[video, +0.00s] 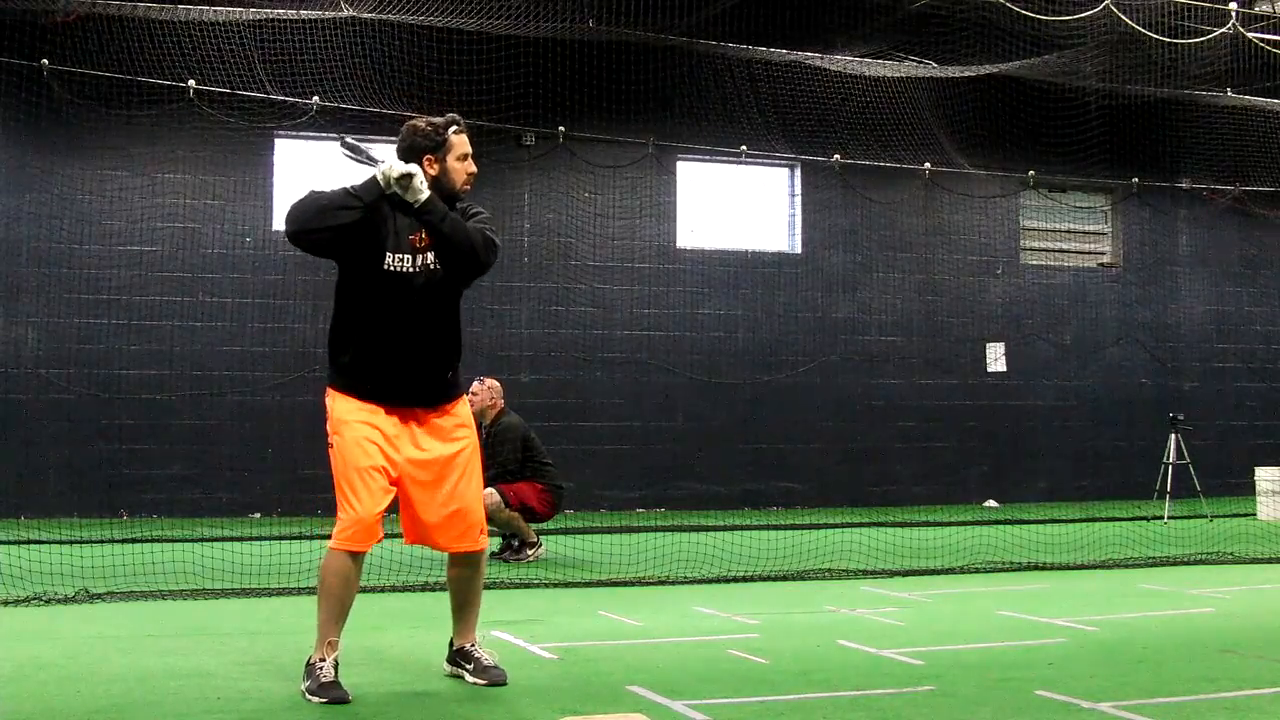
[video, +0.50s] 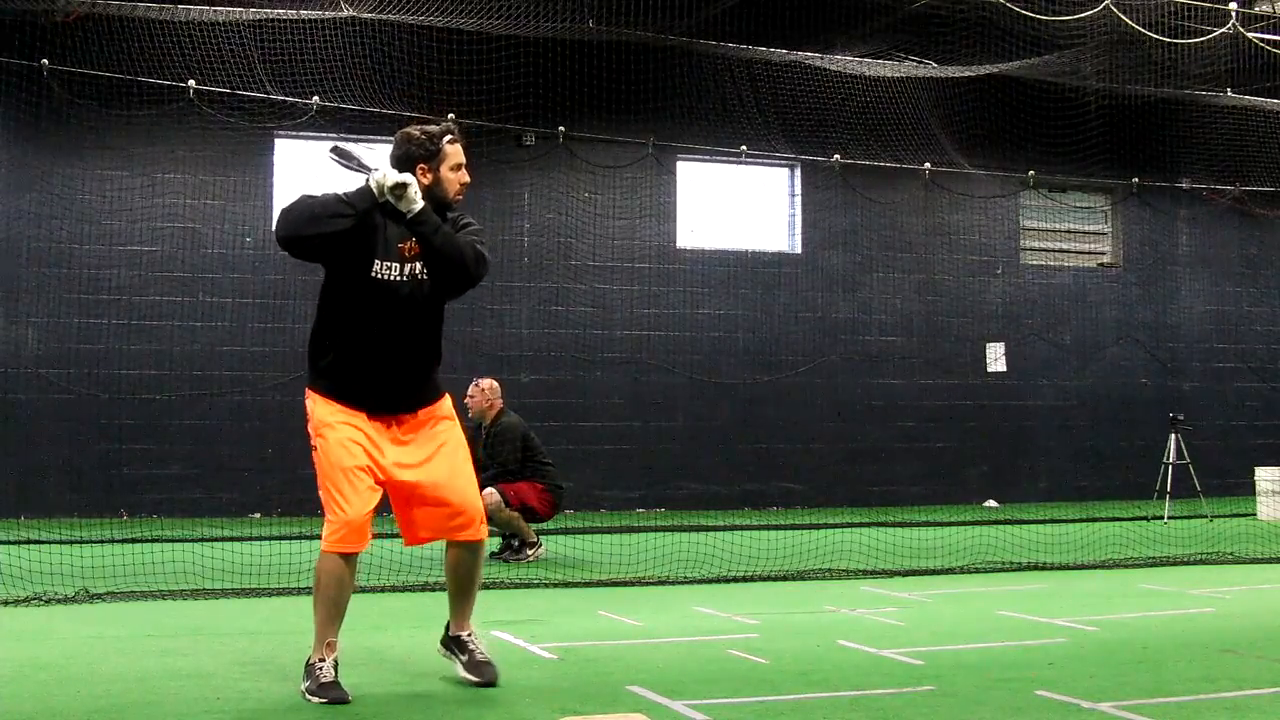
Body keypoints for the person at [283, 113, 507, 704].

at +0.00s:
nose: (472, 166)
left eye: (470, 157)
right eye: (463, 157)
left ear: (442, 164)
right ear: (429, 163)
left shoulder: (465, 224)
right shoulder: (366, 215)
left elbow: (476, 257)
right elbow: (298, 224)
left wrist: (425, 198)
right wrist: (375, 185)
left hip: (441, 405)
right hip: (362, 402)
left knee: (468, 531)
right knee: (358, 523)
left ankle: (464, 647)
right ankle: (324, 658)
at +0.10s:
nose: (473, 168)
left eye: (472, 158)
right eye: (464, 159)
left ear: (445, 165)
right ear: (430, 164)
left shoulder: (468, 224)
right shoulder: (369, 215)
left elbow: (477, 261)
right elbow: (299, 225)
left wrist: (424, 202)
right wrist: (374, 188)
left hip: (442, 407)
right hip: (364, 403)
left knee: (468, 535)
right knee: (358, 525)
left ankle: (464, 647)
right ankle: (324, 658)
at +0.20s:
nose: (474, 170)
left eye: (473, 160)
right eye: (465, 161)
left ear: (443, 167)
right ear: (431, 166)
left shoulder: (468, 227)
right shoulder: (370, 217)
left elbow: (477, 263)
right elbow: (299, 225)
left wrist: (424, 204)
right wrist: (373, 190)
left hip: (444, 409)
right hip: (365, 405)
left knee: (469, 536)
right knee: (361, 522)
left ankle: (464, 648)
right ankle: (324, 658)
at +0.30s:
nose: (472, 173)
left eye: (471, 163)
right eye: (464, 164)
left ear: (442, 169)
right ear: (429, 169)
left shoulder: (464, 230)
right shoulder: (366, 220)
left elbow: (477, 265)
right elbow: (297, 228)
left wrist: (423, 206)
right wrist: (372, 193)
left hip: (440, 411)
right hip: (361, 407)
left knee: (469, 534)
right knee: (362, 521)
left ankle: (464, 647)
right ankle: (325, 658)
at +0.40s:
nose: (468, 174)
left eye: (467, 165)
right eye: (460, 165)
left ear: (438, 171)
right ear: (426, 170)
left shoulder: (458, 230)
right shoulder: (362, 219)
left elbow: (471, 268)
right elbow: (292, 229)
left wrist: (420, 208)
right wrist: (371, 194)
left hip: (430, 408)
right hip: (351, 404)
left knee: (465, 528)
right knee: (356, 521)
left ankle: (464, 642)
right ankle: (323, 658)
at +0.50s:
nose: (465, 177)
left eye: (465, 167)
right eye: (457, 168)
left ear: (435, 172)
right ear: (423, 171)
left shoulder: (455, 231)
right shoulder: (358, 219)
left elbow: (466, 273)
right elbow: (288, 229)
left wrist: (417, 209)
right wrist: (368, 194)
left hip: (423, 405)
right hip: (344, 404)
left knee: (469, 520)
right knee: (349, 524)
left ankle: (460, 633)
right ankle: (323, 658)